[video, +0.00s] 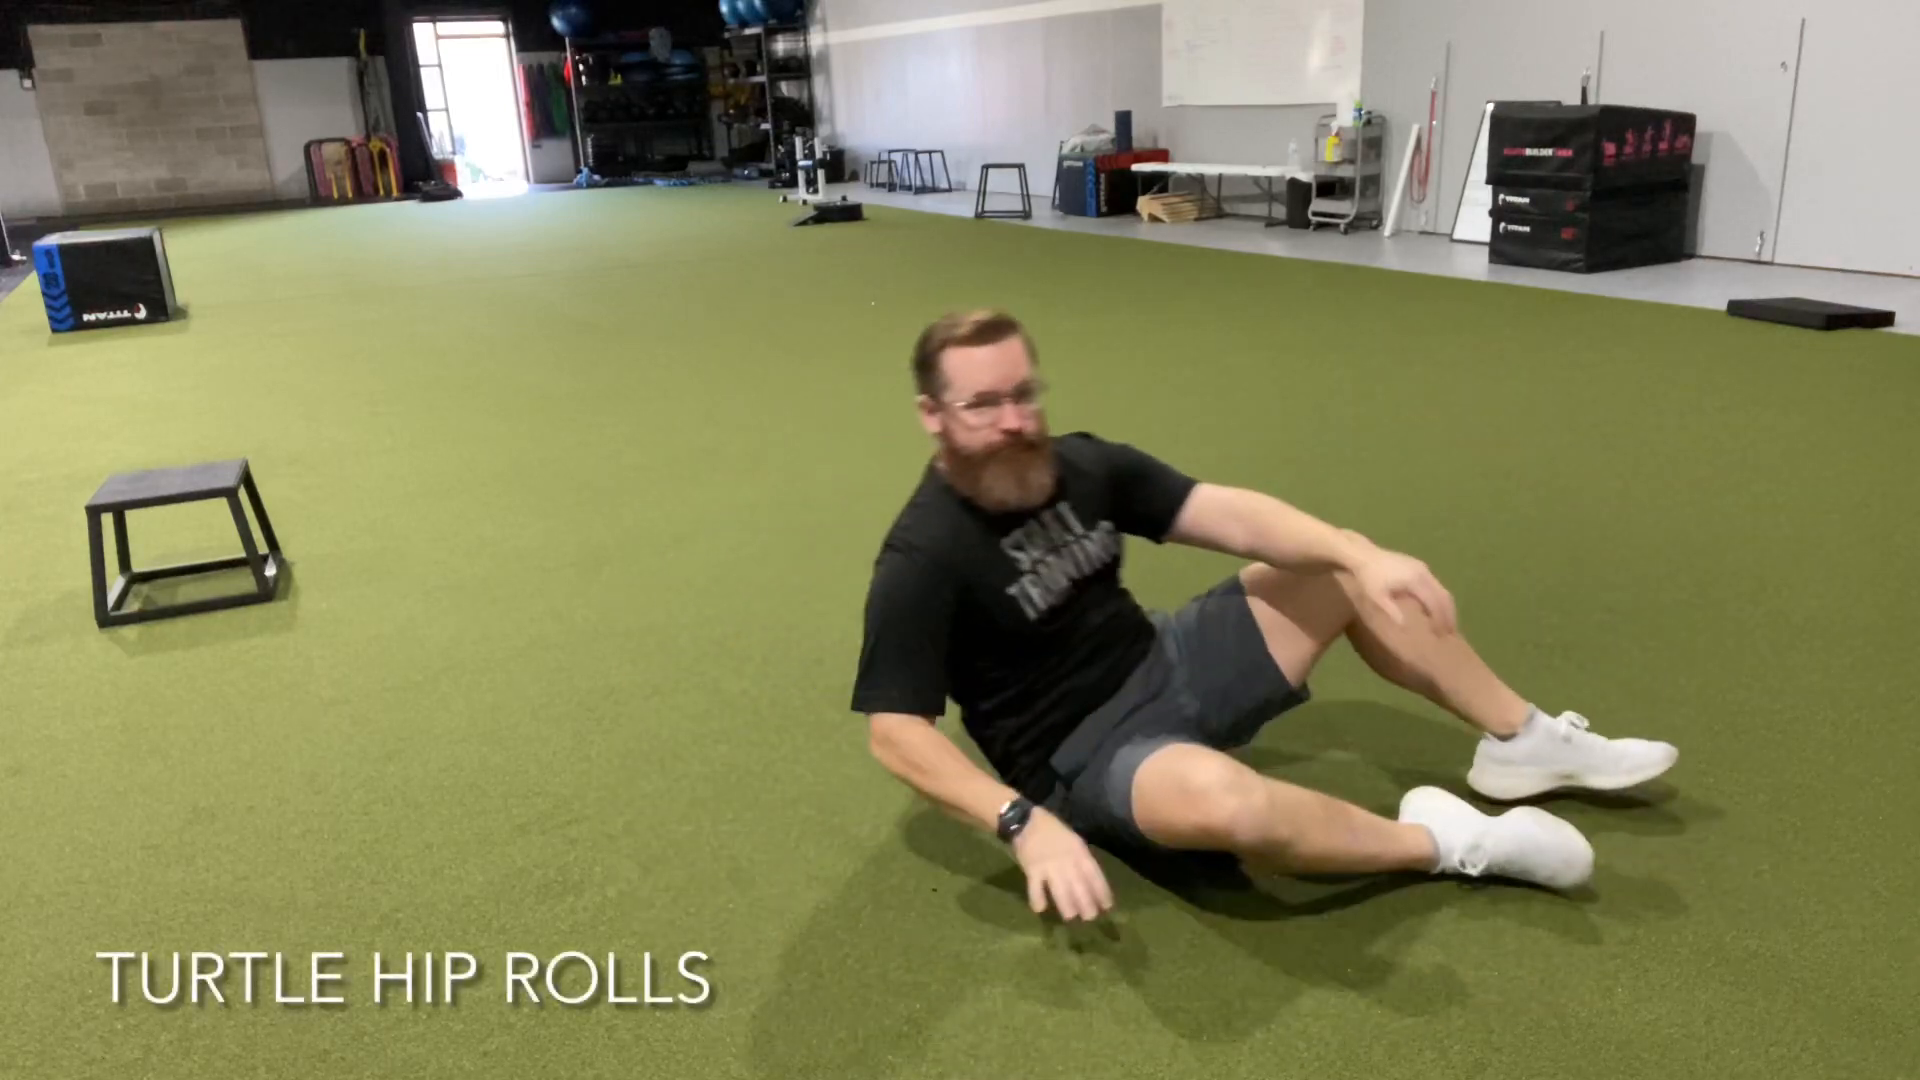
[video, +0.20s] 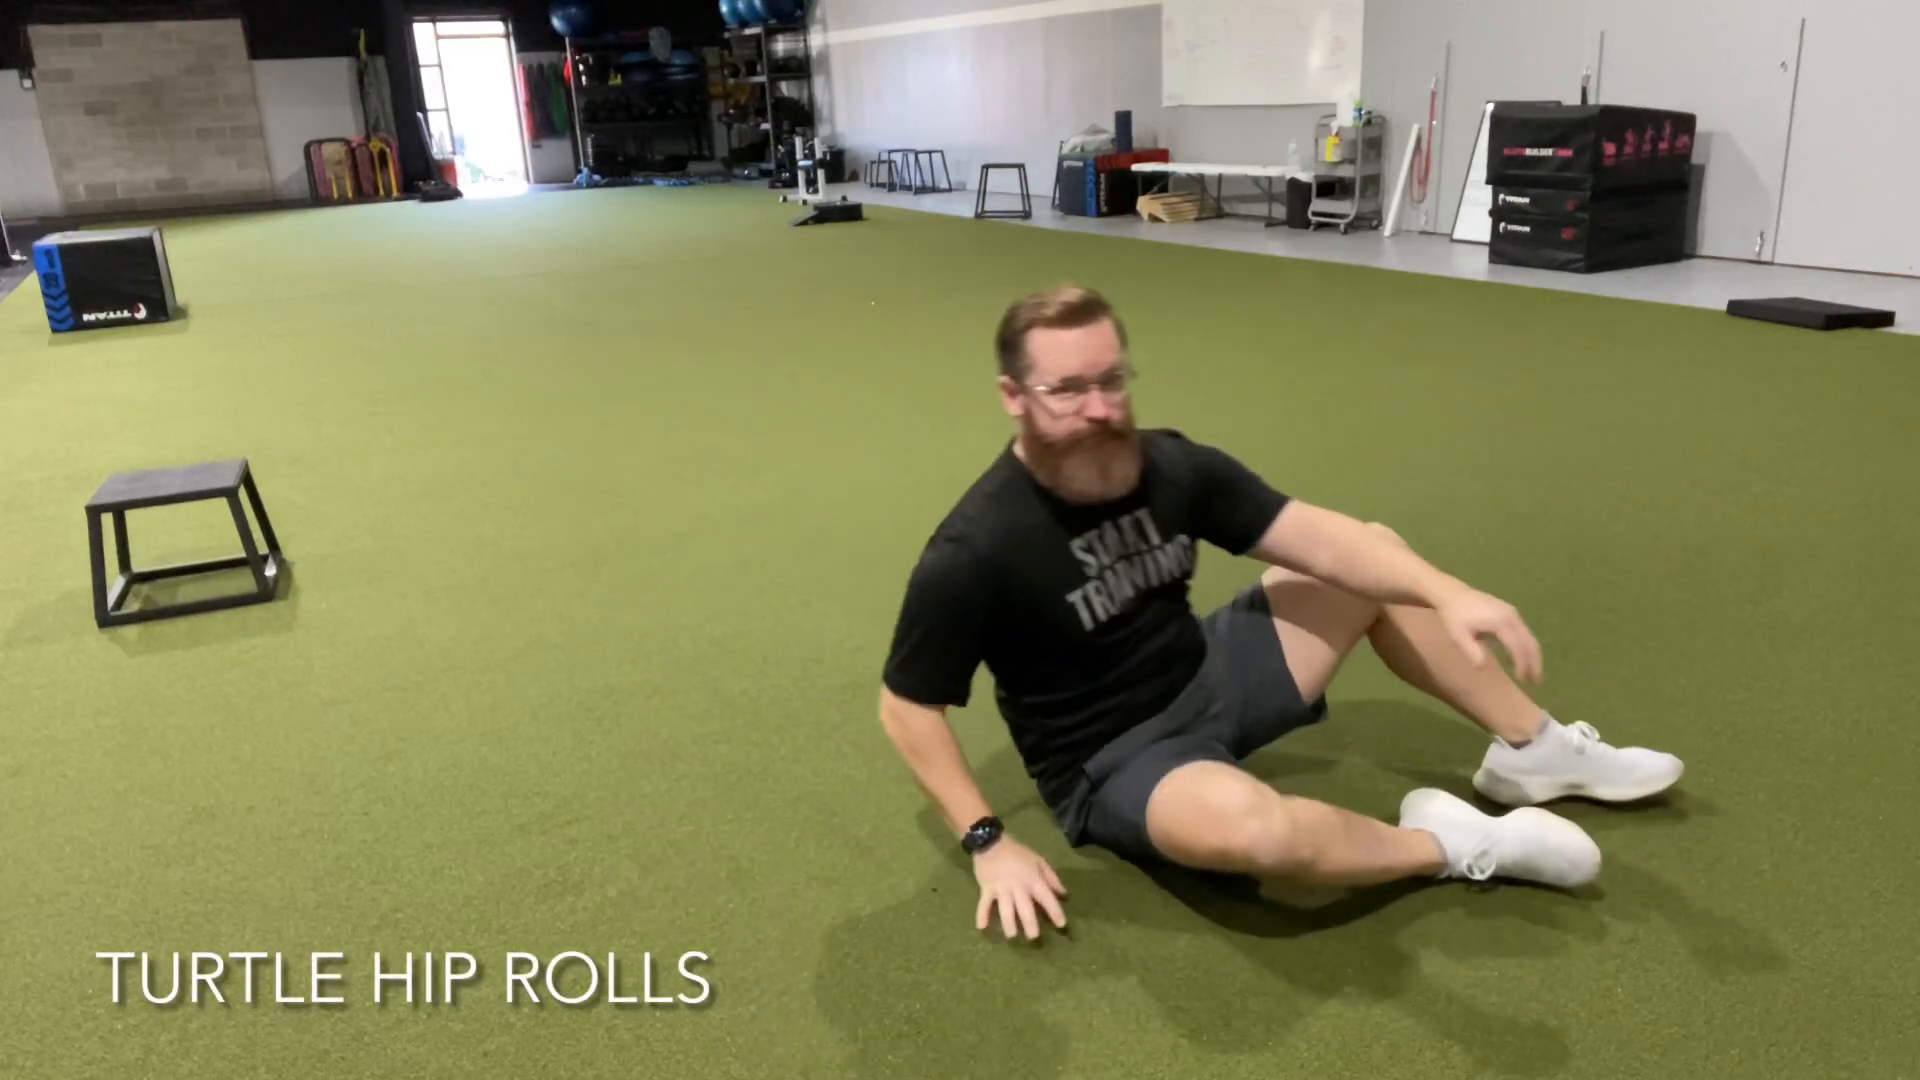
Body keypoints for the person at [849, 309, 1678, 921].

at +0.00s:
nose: (1018, 418)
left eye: (1026, 395)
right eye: (989, 404)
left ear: (1040, 390)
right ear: (933, 420)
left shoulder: (1083, 466)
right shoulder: (921, 558)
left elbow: (1224, 515)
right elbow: (894, 728)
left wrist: (1359, 557)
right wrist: (1024, 824)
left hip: (1164, 664)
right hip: (1083, 751)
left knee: (1342, 566)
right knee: (1225, 806)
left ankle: (1528, 738)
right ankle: (1441, 841)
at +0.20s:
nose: (1098, 405)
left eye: (1109, 380)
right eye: (1069, 389)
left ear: (1127, 370)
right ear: (1014, 400)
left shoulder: (1168, 466)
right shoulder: (975, 549)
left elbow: (1311, 533)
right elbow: (909, 706)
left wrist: (1446, 592)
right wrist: (989, 843)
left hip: (1204, 668)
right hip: (1109, 754)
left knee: (1365, 568)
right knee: (1248, 830)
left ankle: (1538, 747)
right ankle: (1451, 845)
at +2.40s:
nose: (711, 605)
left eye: (702, 603)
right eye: (688, 624)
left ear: (735, 610)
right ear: (692, 678)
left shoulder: (831, 645)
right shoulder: (728, 707)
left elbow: (935, 551)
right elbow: (780, 665)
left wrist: (827, 541)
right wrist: (757, 555)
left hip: (1067, 644)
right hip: (968, 672)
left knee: (984, 456)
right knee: (829, 463)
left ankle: (1115, 393)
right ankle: (1040, 397)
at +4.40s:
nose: (1226, 310)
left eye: (1225, 292)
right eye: (1216, 292)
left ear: (1141, 302)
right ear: (1166, 299)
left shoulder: (1105, 399)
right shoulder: (1184, 406)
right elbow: (1296, 545)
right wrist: (1371, 527)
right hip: (1160, 689)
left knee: (1356, 675)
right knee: (1416, 593)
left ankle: (1409, 790)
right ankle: (1517, 849)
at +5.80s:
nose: (656, 627)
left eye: (648, 625)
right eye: (642, 635)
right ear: (649, 686)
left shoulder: (791, 639)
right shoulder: (702, 713)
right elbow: (684, 654)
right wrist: (663, 560)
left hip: (1006, 600)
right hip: (939, 648)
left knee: (873, 385)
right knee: (781, 428)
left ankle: (1036, 362)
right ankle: (1018, 392)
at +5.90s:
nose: (659, 628)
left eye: (655, 623)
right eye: (643, 638)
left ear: (697, 613)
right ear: (651, 693)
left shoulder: (791, 637)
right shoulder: (707, 717)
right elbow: (693, 669)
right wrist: (668, 556)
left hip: (1008, 589)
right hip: (943, 643)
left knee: (872, 375)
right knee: (774, 434)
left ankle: (1034, 364)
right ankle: (1020, 402)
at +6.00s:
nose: (664, 609)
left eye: (661, 607)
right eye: (648, 624)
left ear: (698, 612)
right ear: (654, 680)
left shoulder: (782, 643)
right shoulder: (704, 724)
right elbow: (711, 684)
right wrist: (685, 550)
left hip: (1003, 590)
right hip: (942, 652)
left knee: (886, 369)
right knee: (791, 433)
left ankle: (1050, 362)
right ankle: (1042, 414)